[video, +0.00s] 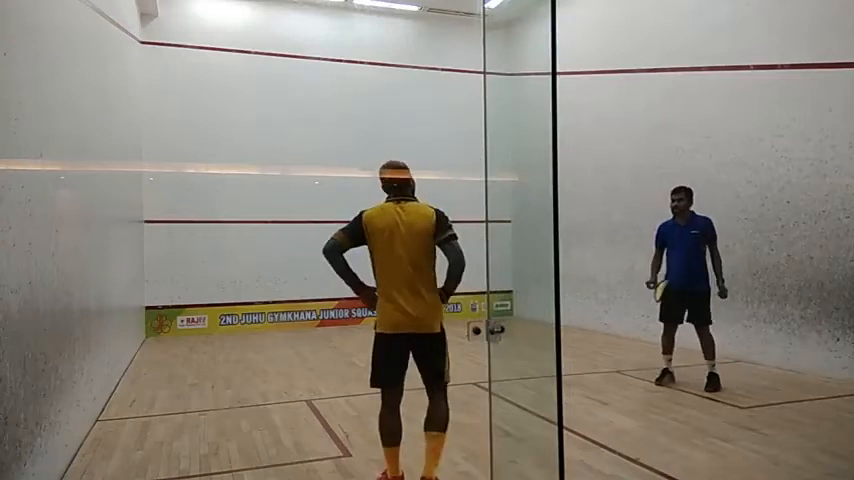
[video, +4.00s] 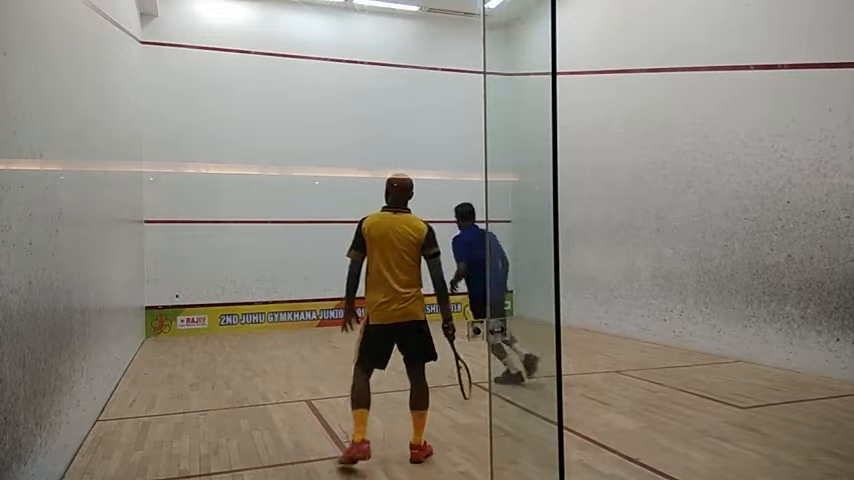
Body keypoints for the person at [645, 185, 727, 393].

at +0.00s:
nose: (675, 204)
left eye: (680, 200)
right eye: (673, 201)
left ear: (690, 202)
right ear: (670, 203)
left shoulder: (704, 224)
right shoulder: (664, 229)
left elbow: (714, 253)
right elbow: (658, 255)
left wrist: (720, 281)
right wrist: (653, 277)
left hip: (698, 288)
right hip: (673, 288)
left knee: (702, 329)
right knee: (668, 328)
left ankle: (712, 373)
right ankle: (667, 370)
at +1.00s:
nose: (686, 206)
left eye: (690, 201)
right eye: (682, 203)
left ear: (700, 202)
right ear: (678, 206)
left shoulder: (713, 226)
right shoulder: (672, 226)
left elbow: (710, 260)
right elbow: (666, 254)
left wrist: (696, 283)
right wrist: (675, 250)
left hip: (701, 288)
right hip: (675, 287)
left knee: (705, 332)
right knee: (664, 328)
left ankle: (712, 373)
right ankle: (670, 365)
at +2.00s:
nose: (588, 205)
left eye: (590, 202)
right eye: (589, 201)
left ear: (599, 203)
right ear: (607, 204)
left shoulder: (602, 225)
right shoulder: (620, 223)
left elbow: (610, 254)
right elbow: (639, 239)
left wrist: (609, 286)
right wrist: (657, 240)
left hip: (615, 287)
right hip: (628, 286)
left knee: (596, 327)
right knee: (620, 329)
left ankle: (612, 378)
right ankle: (635, 378)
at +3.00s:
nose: (512, 221)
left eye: (515, 218)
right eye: (514, 217)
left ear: (521, 221)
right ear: (535, 222)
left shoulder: (514, 246)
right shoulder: (547, 247)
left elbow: (510, 282)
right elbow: (553, 280)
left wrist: (497, 312)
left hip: (523, 310)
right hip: (548, 310)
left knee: (499, 355)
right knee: (549, 345)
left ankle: (504, 406)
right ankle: (584, 386)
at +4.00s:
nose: (457, 221)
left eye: (457, 218)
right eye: (458, 218)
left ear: (458, 219)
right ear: (474, 217)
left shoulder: (459, 240)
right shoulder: (488, 235)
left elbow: (462, 269)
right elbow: (505, 262)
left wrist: (454, 281)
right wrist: (501, 285)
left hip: (480, 295)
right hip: (497, 292)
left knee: (490, 338)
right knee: (502, 330)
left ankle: (514, 370)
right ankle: (525, 355)